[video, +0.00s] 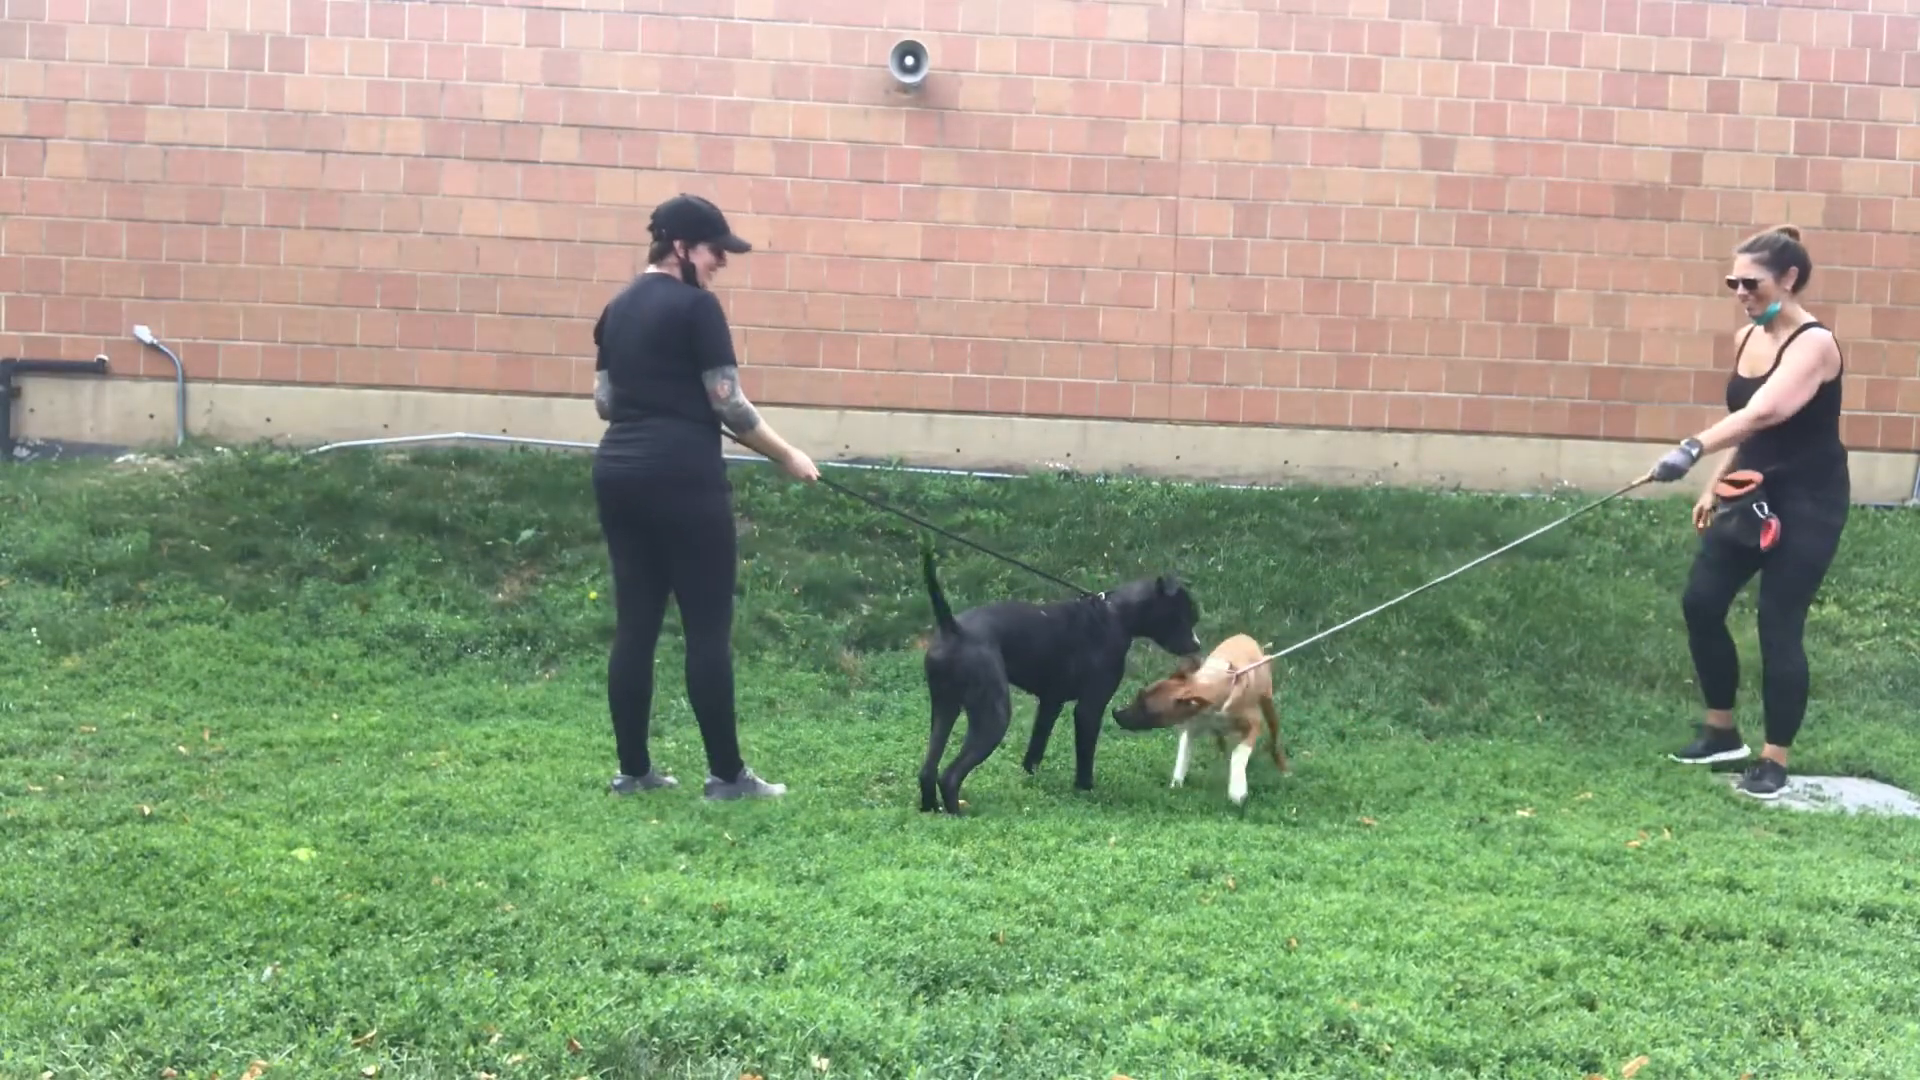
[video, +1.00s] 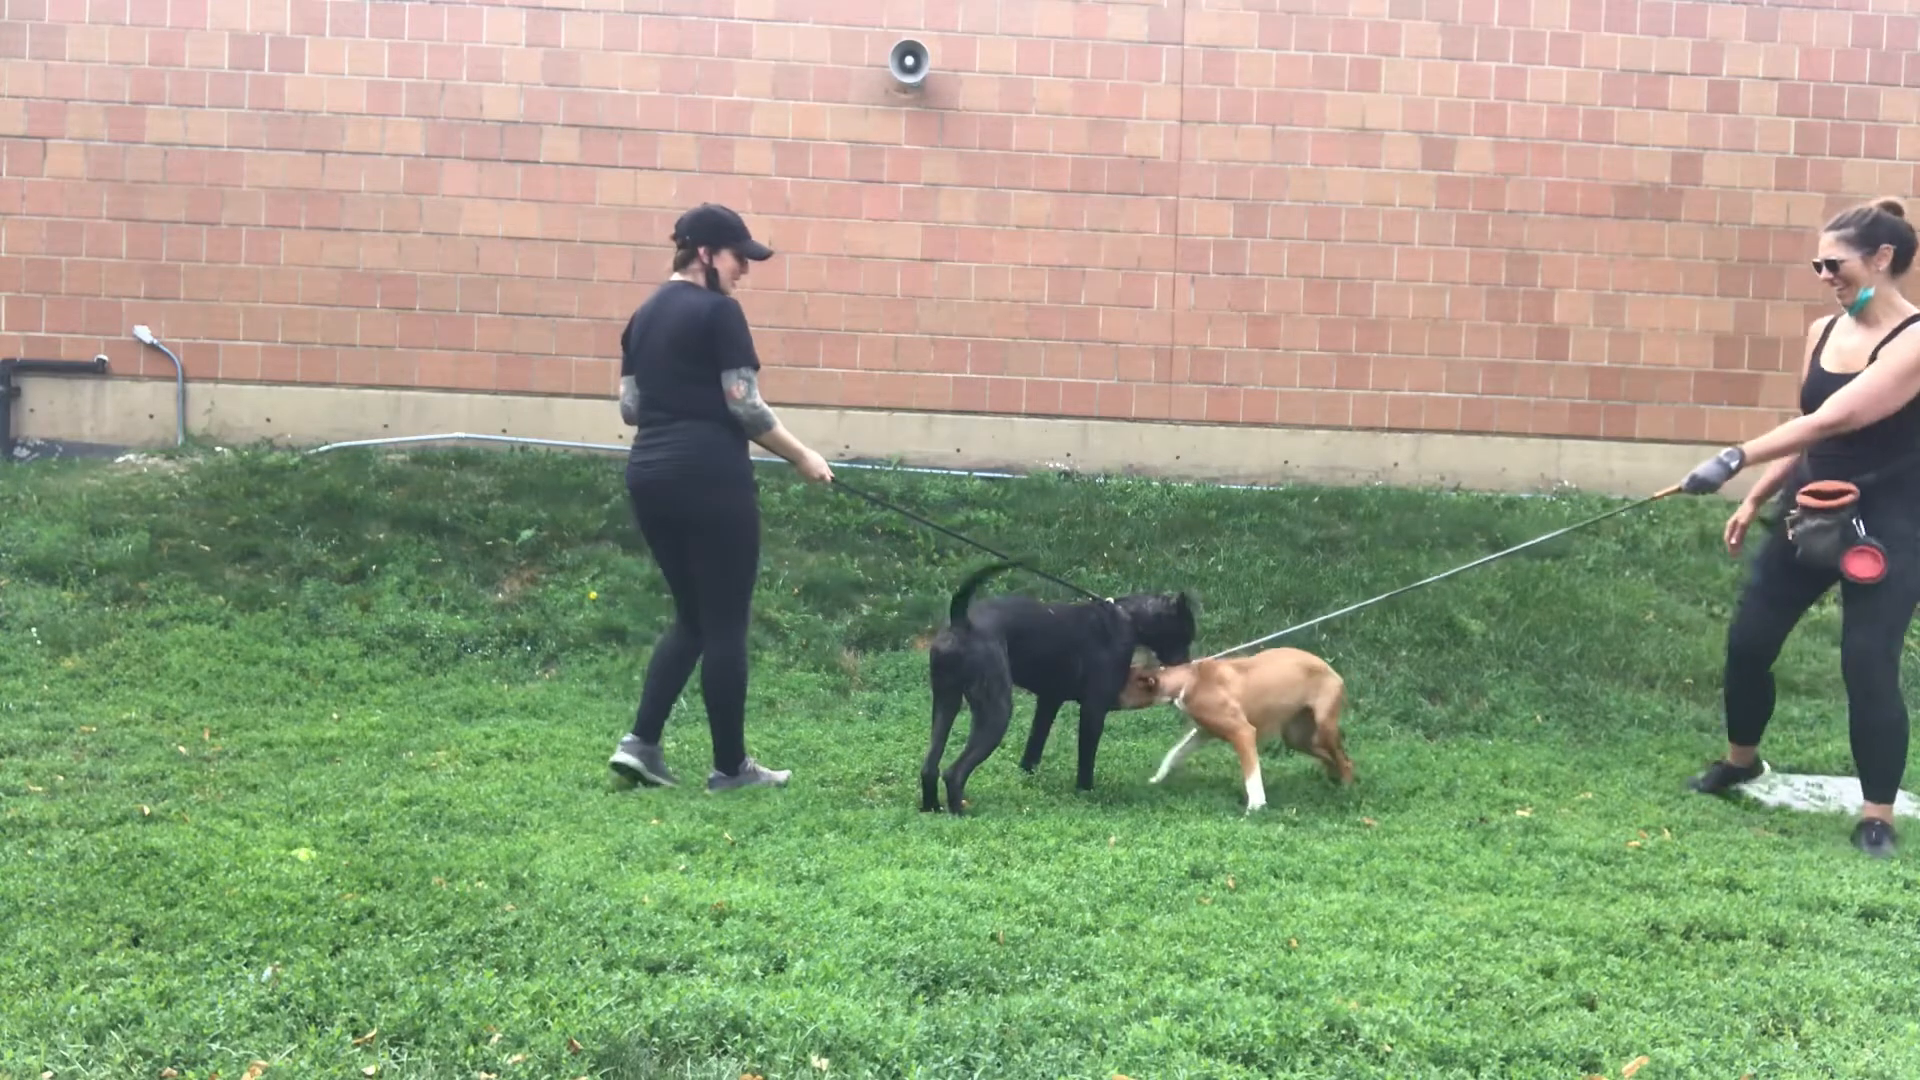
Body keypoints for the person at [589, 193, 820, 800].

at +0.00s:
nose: (720, 262)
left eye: (721, 252)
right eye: (713, 251)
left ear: (668, 250)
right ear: (681, 248)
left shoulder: (618, 305)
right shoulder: (697, 305)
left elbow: (607, 401)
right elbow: (728, 403)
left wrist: (682, 414)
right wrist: (786, 454)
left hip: (619, 467)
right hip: (684, 470)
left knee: (636, 622)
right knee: (708, 627)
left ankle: (634, 771)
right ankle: (727, 775)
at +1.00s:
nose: (743, 269)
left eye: (745, 258)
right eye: (738, 257)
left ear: (694, 256)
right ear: (707, 254)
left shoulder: (642, 315)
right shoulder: (720, 312)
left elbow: (633, 407)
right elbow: (745, 406)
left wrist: (715, 421)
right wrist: (802, 455)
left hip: (648, 469)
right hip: (710, 469)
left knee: (691, 618)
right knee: (726, 622)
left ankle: (641, 743)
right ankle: (731, 766)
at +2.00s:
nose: (712, 272)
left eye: (713, 262)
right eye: (705, 261)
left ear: (669, 261)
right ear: (670, 258)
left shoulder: (639, 309)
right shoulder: (675, 314)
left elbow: (674, 404)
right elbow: (720, 406)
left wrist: (725, 421)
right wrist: (787, 451)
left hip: (625, 463)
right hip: (669, 468)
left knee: (642, 609)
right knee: (705, 609)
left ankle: (638, 753)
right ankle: (707, 756)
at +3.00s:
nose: (722, 274)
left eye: (725, 265)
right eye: (711, 264)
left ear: (721, 269)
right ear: (681, 268)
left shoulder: (673, 316)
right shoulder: (689, 320)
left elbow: (719, 402)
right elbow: (737, 405)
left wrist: (772, 430)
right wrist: (806, 442)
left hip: (665, 466)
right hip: (691, 470)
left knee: (685, 606)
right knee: (735, 607)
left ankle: (672, 741)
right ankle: (749, 748)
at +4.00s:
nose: (777, 288)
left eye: (782, 280)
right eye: (769, 278)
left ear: (776, 281)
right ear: (737, 277)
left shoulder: (762, 333)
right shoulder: (726, 332)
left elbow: (778, 409)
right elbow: (766, 403)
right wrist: (842, 437)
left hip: (778, 473)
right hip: (737, 474)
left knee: (783, 605)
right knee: (738, 607)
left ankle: (795, 722)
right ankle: (728, 740)